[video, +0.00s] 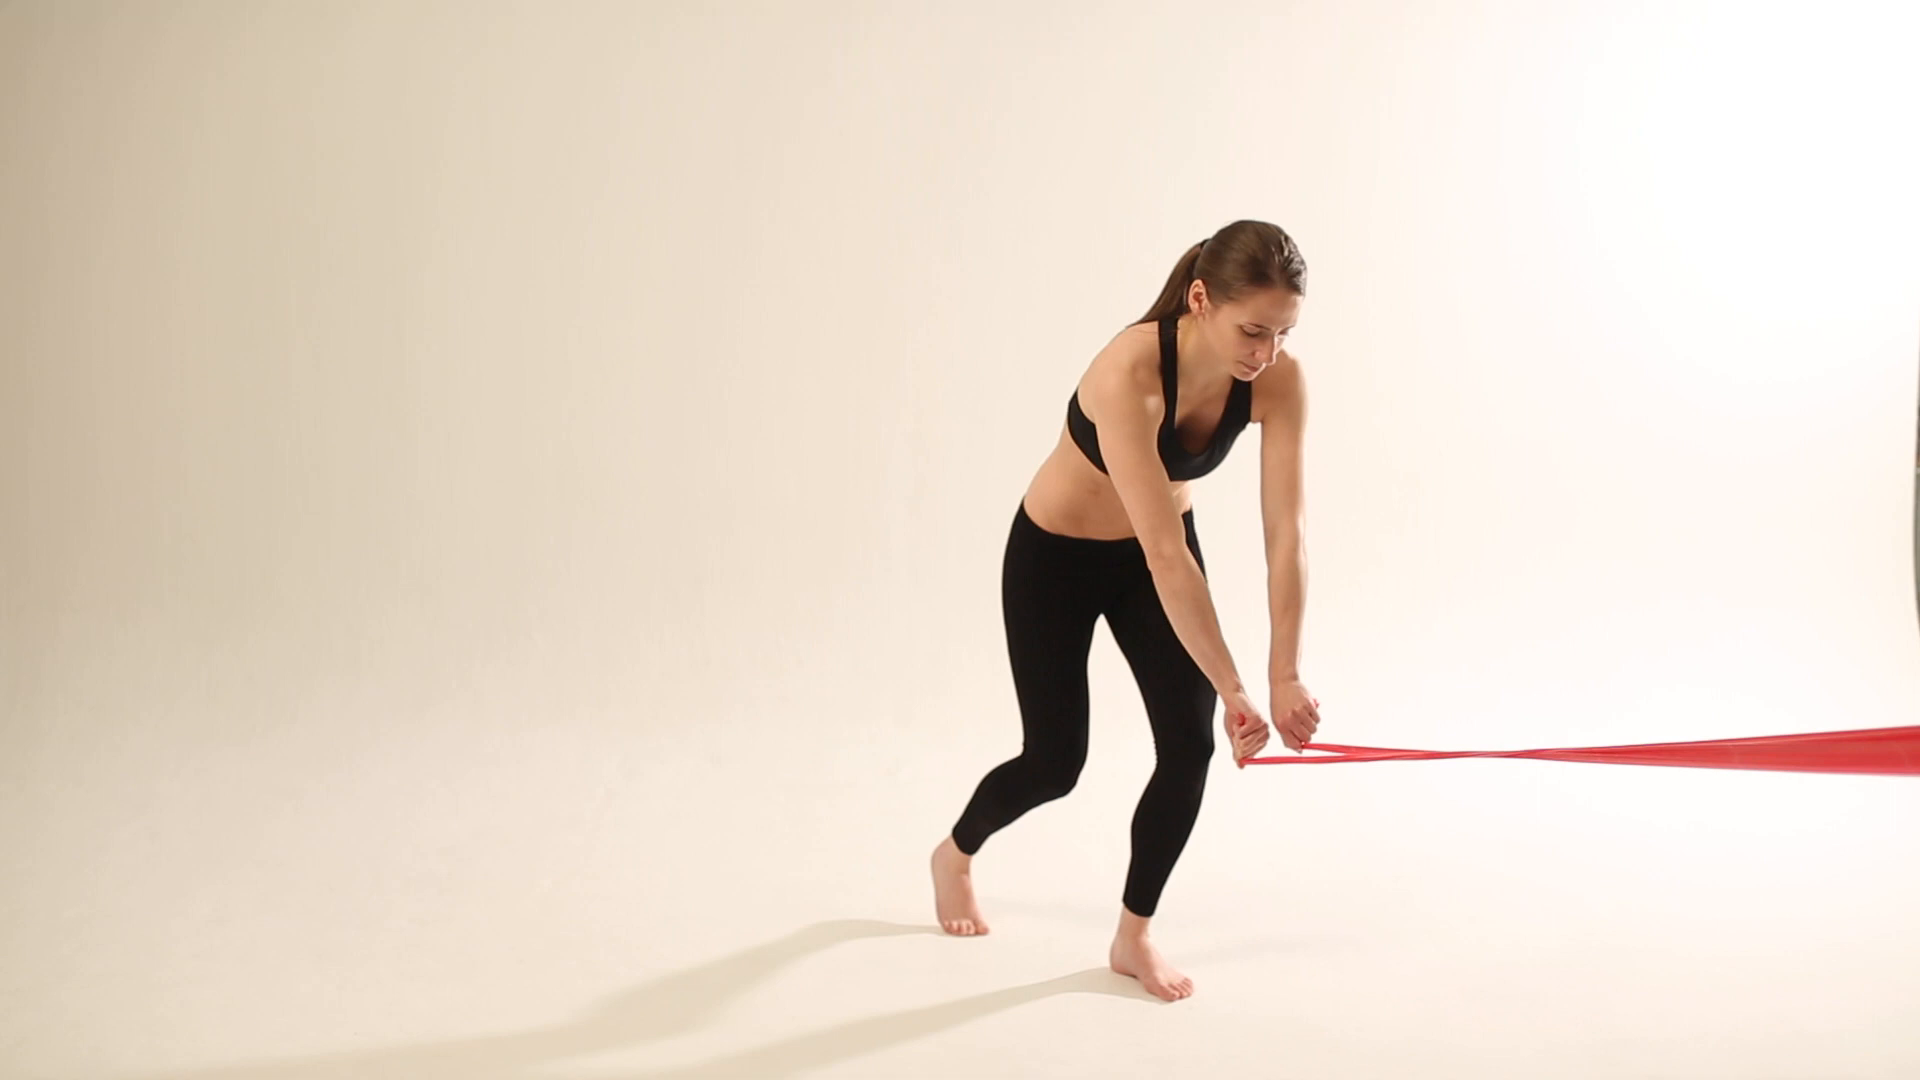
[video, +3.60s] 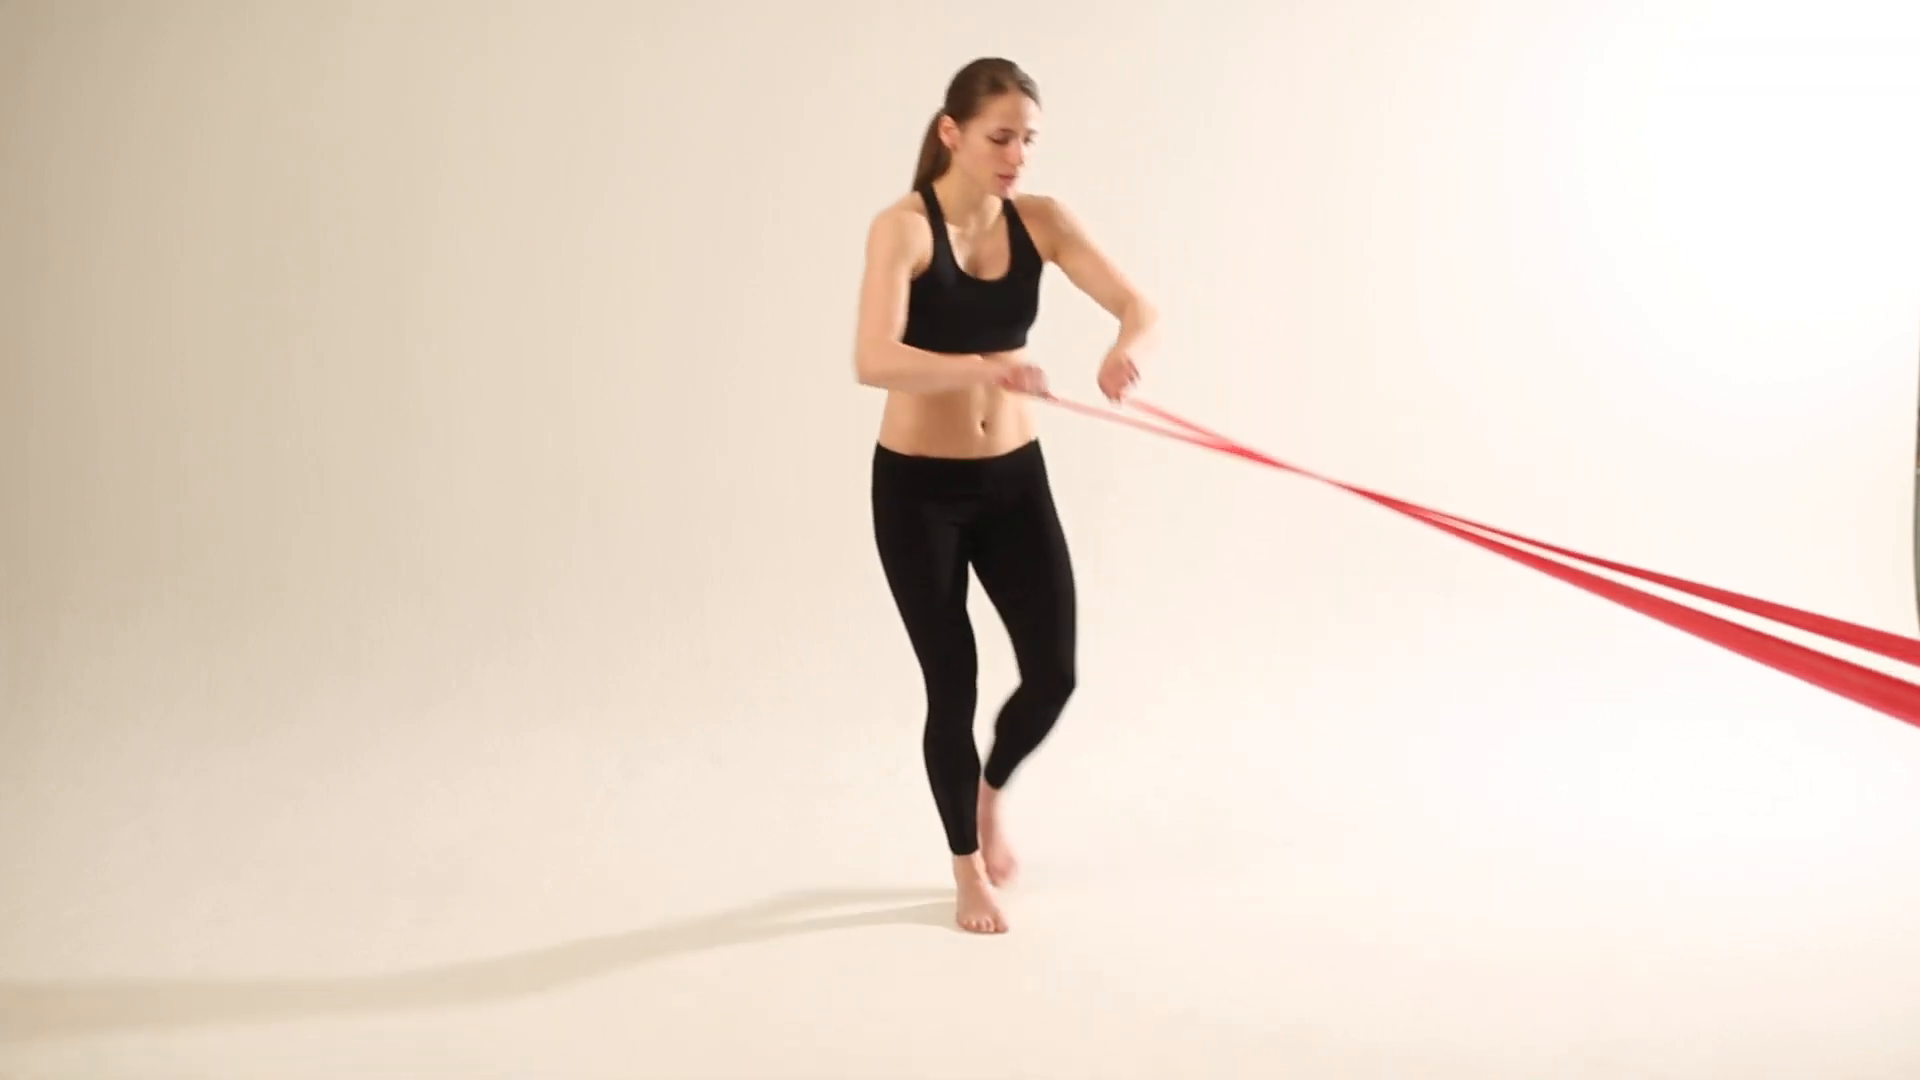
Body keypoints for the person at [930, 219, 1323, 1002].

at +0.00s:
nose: (1268, 351)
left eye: (1282, 332)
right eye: (1253, 330)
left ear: (1295, 313)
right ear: (1198, 299)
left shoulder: (1275, 376)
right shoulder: (1126, 374)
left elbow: (1284, 535)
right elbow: (1166, 557)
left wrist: (1284, 675)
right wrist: (1232, 689)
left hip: (1159, 555)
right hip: (1055, 556)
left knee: (1186, 749)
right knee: (1055, 760)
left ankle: (1133, 931)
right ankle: (954, 851)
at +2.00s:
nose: (1283, 376)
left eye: (1296, 357)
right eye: (1268, 354)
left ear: (1309, 338)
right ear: (1212, 322)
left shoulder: (1287, 397)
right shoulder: (1137, 387)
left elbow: (1293, 551)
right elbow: (1170, 572)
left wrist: (1287, 696)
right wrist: (1232, 710)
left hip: (1165, 557)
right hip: (1061, 558)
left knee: (1189, 752)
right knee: (1061, 765)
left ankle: (1133, 931)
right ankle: (959, 851)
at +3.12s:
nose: (1186, 286)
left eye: (1196, 267)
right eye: (1170, 265)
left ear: (1205, 257)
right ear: (1117, 244)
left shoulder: (1198, 326)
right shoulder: (1054, 330)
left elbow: (1224, 465)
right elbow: (1105, 488)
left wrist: (1243, 591)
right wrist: (1182, 612)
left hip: (1114, 549)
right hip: (1013, 552)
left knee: (1161, 732)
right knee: (1042, 755)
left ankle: (1133, 930)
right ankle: (972, 852)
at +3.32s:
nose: (1107, 228)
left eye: (1118, 211)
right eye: (1092, 209)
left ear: (1127, 209)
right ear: (1041, 194)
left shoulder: (1122, 280)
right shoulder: (983, 289)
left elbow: (1164, 404)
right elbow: (1028, 430)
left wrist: (1187, 509)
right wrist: (1125, 527)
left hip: (1065, 525)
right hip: (963, 525)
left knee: (1117, 711)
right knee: (1006, 722)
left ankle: (1139, 915)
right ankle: (973, 866)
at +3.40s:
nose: (1076, 204)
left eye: (1088, 186)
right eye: (1062, 184)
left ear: (1097, 187)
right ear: (1011, 173)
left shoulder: (1092, 258)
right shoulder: (956, 264)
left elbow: (1150, 375)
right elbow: (983, 405)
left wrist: (1159, 467)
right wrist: (1093, 483)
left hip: (1043, 509)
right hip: (945, 513)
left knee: (1100, 696)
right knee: (988, 705)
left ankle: (1118, 897)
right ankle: (974, 873)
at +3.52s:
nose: (1040, 170)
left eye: (1050, 153)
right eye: (1025, 151)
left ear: (1056, 157)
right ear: (973, 147)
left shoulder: (1058, 235)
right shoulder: (922, 240)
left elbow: (1143, 334)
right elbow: (915, 381)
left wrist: (1132, 395)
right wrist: (1035, 414)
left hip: (1023, 492)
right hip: (925, 499)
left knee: (1076, 676)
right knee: (964, 690)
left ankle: (1033, 839)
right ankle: (971, 874)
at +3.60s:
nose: (1018, 153)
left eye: (1028, 137)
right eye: (1003, 135)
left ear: (1032, 140)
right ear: (951, 132)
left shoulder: (1038, 220)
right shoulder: (902, 228)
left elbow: (1136, 308)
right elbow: (874, 361)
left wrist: (1126, 349)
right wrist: (985, 368)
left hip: (1015, 484)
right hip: (918, 490)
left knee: (1051, 677)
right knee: (953, 682)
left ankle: (987, 786)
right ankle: (966, 871)